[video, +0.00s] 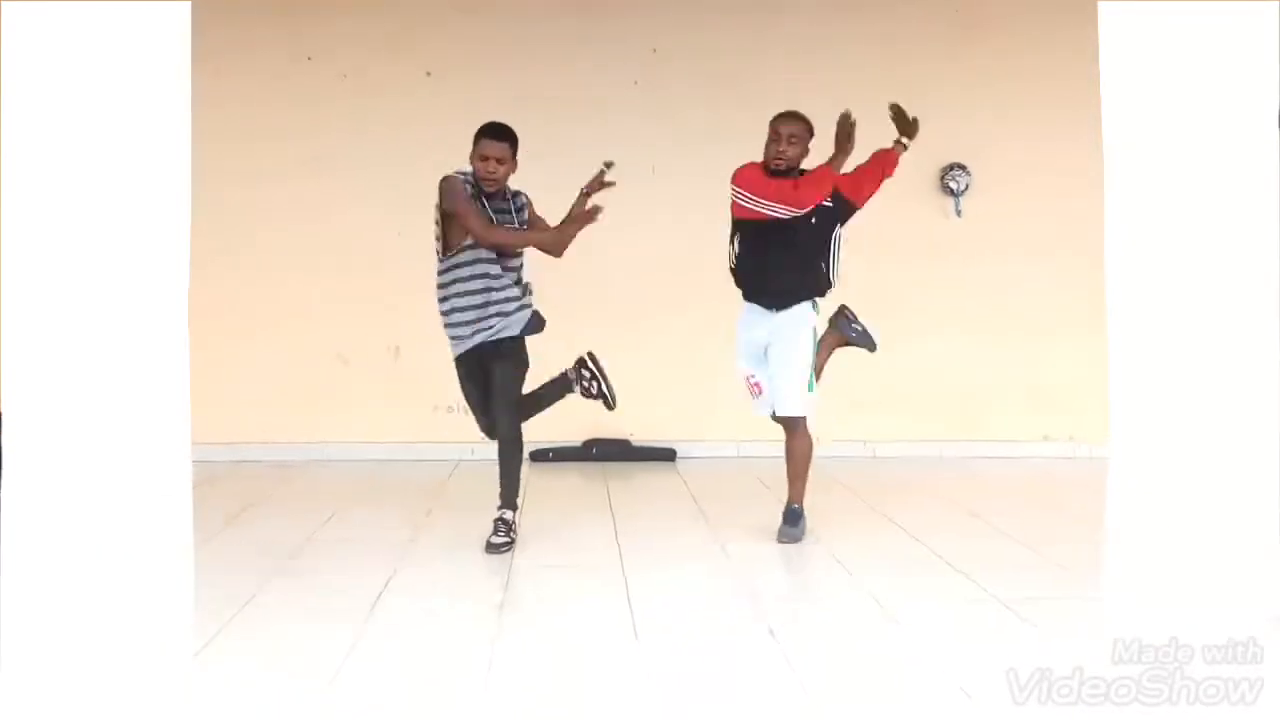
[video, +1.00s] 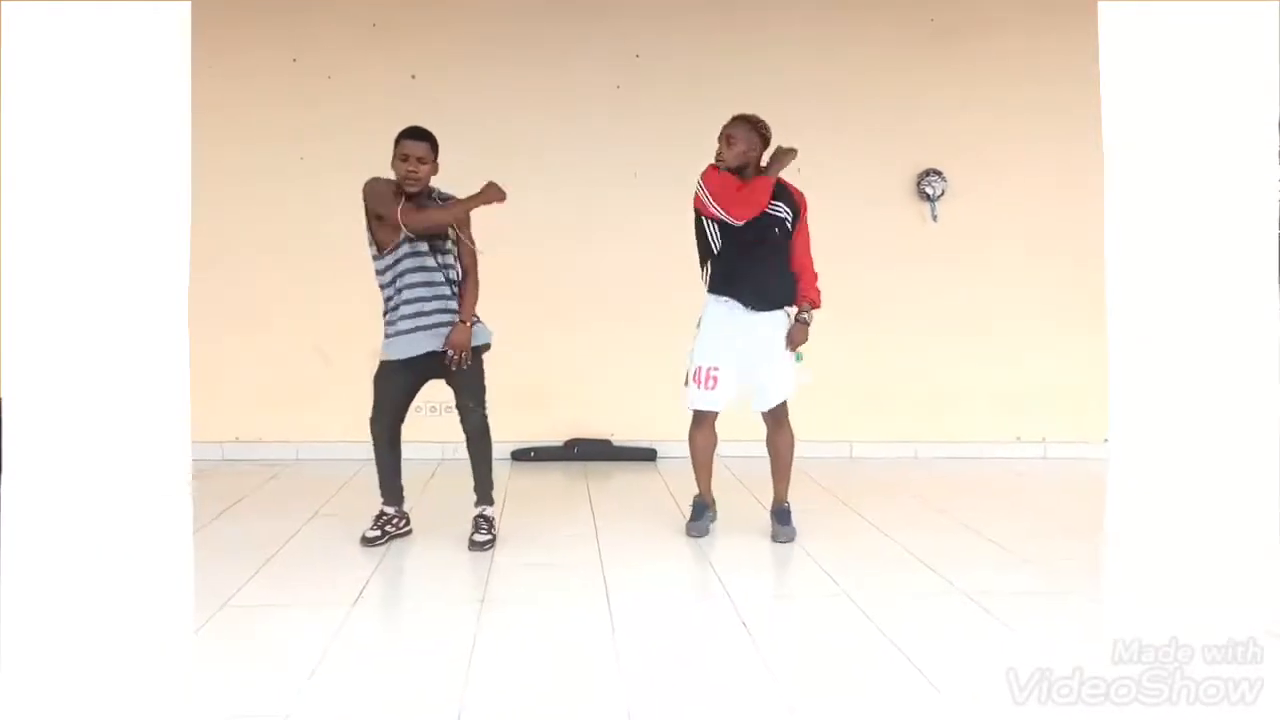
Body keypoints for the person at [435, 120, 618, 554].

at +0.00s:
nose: (491, 168)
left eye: (500, 161)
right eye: (483, 159)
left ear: (513, 164)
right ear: (472, 158)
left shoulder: (519, 205)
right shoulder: (454, 187)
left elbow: (556, 245)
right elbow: (484, 234)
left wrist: (582, 202)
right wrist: (543, 236)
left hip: (506, 325)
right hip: (463, 332)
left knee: (506, 419)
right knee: (491, 425)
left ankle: (506, 512)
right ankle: (572, 379)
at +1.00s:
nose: (412, 168)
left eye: (422, 162)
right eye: (405, 159)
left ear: (436, 166)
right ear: (393, 160)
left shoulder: (452, 206)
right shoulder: (376, 190)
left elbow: (469, 270)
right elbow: (412, 219)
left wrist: (465, 323)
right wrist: (476, 200)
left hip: (457, 335)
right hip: (405, 340)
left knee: (473, 417)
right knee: (383, 422)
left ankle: (484, 509)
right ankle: (393, 511)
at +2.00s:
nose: (471, 164)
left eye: (479, 157)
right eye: (463, 156)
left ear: (490, 164)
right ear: (449, 161)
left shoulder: (497, 217)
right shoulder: (428, 195)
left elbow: (513, 273)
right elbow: (398, 248)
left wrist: (518, 317)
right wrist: (398, 304)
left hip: (475, 326)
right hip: (423, 328)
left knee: (508, 399)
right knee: (399, 405)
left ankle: (519, 478)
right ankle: (419, 494)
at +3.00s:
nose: (455, 180)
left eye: (464, 173)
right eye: (447, 171)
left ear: (477, 173)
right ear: (436, 170)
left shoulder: (496, 209)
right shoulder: (424, 212)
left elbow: (536, 262)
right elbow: (418, 263)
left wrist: (525, 314)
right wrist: (398, 317)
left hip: (515, 322)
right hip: (472, 327)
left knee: (517, 403)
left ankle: (520, 485)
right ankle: (477, 486)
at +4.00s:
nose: (424, 133)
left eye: (431, 125)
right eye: (416, 134)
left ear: (452, 133)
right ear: (417, 153)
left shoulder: (481, 143)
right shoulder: (439, 199)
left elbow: (542, 154)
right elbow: (445, 260)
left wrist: (549, 183)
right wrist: (438, 295)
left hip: (548, 265)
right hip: (504, 279)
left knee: (550, 359)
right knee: (489, 361)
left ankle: (540, 445)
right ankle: (486, 447)